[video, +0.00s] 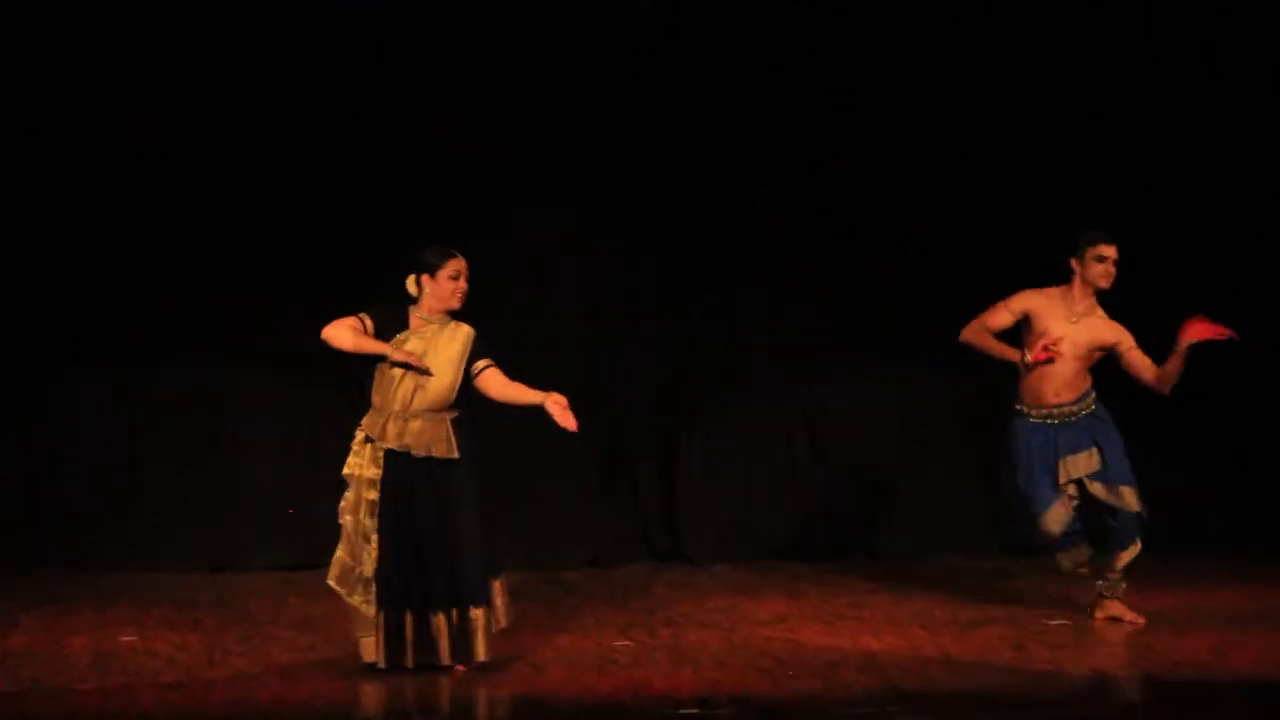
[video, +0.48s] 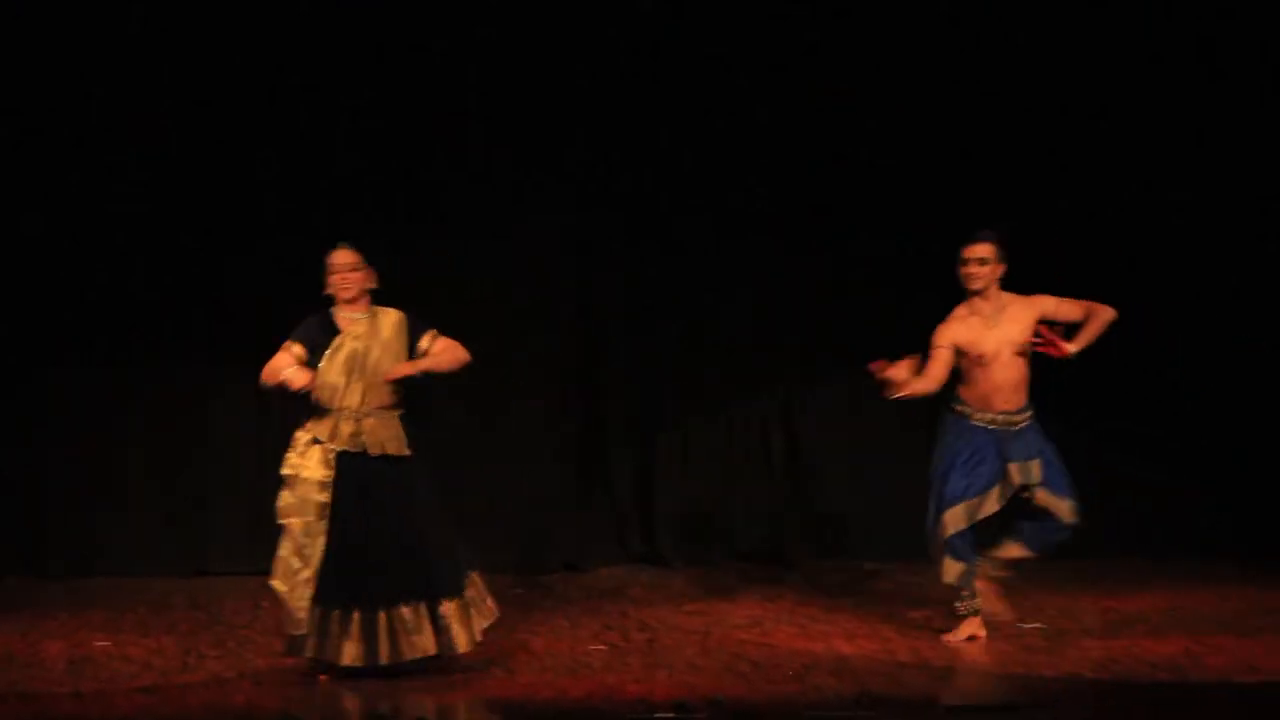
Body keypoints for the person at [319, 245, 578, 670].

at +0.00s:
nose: (463, 286)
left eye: (465, 279)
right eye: (454, 277)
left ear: (463, 285)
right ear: (424, 281)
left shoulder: (462, 339)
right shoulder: (390, 321)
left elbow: (495, 384)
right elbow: (332, 333)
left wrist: (543, 398)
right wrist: (389, 351)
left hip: (438, 451)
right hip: (384, 449)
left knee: (449, 541)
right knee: (391, 544)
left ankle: (452, 650)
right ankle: (394, 649)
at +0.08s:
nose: (460, 287)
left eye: (462, 280)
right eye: (451, 279)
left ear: (460, 287)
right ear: (421, 283)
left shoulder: (459, 339)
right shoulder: (388, 324)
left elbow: (493, 386)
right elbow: (330, 336)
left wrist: (531, 397)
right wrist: (387, 352)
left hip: (437, 454)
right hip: (383, 454)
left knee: (451, 544)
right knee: (395, 549)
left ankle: (461, 656)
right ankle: (405, 654)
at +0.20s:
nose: (446, 286)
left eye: (448, 278)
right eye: (437, 277)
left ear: (443, 287)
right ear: (406, 282)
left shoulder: (448, 336)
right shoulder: (377, 323)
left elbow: (485, 376)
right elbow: (317, 342)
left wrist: (508, 392)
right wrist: (373, 349)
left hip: (428, 451)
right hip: (375, 452)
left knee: (446, 542)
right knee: (380, 547)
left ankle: (454, 650)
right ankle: (403, 643)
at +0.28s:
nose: (430, 282)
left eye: (432, 274)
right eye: (420, 273)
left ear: (428, 282)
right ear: (389, 278)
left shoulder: (436, 332)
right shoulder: (359, 320)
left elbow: (491, 373)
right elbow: (302, 346)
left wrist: (461, 379)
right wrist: (355, 346)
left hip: (416, 448)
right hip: (361, 447)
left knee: (431, 542)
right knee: (351, 544)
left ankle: (443, 652)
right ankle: (364, 644)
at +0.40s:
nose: (385, 277)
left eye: (391, 270)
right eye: (375, 269)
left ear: (398, 278)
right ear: (355, 276)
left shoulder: (412, 326)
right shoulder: (335, 322)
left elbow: (474, 360)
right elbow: (281, 359)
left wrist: (432, 369)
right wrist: (322, 358)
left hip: (399, 447)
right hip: (343, 448)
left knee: (419, 539)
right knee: (345, 545)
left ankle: (430, 646)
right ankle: (342, 647)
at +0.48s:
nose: (344, 279)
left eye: (353, 270)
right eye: (336, 273)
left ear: (370, 277)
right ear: (327, 282)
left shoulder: (396, 324)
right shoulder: (319, 328)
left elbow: (458, 354)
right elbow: (272, 370)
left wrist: (414, 367)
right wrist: (296, 373)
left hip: (386, 447)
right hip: (331, 449)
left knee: (399, 541)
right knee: (336, 545)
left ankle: (404, 647)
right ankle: (339, 648)